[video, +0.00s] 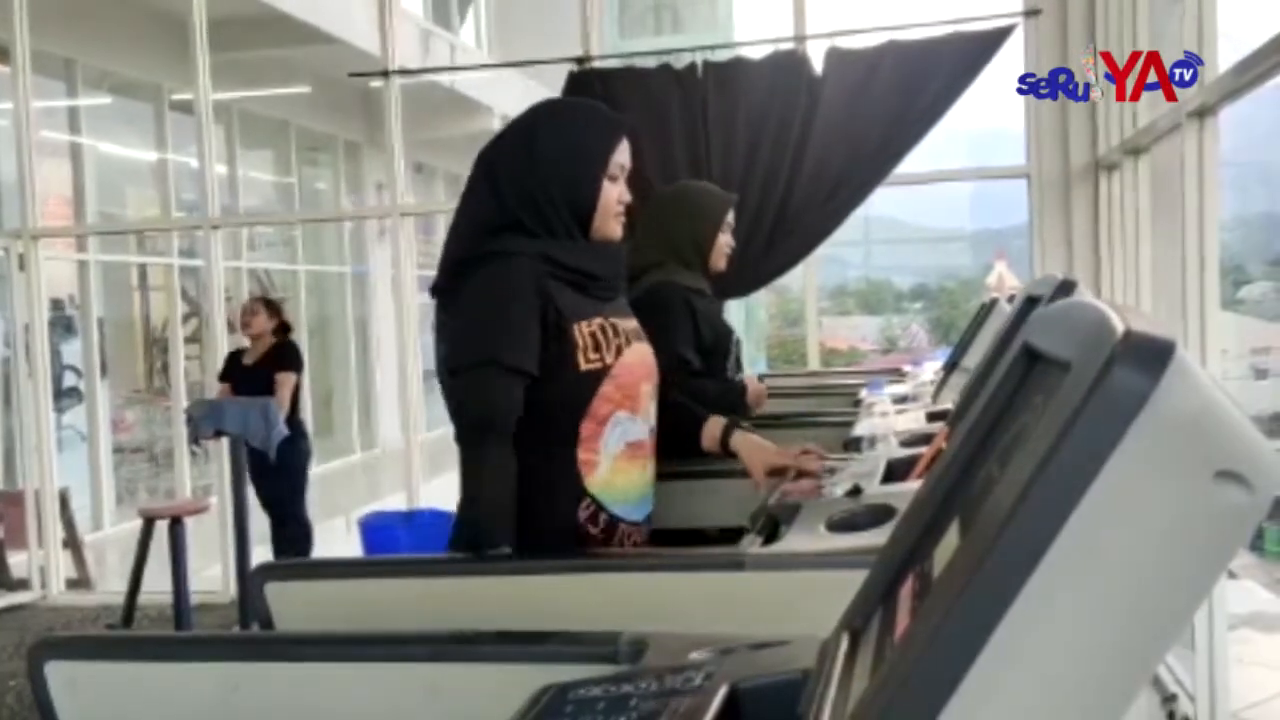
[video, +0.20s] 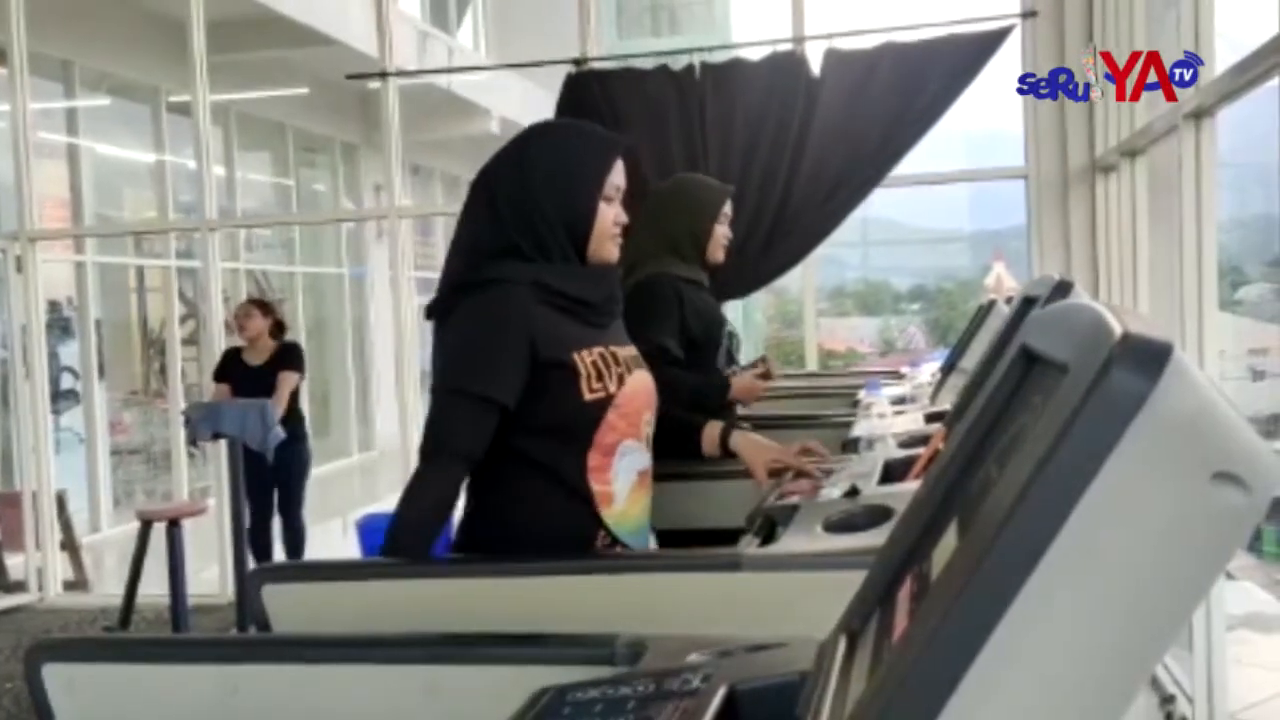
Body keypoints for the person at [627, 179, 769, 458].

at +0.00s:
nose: (731, 243)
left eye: (730, 232)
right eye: (724, 230)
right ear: (695, 230)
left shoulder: (688, 291)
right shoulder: (667, 295)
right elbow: (674, 387)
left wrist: (733, 388)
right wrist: (738, 396)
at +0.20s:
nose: (729, 234)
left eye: (729, 223)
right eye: (723, 222)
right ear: (692, 222)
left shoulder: (691, 286)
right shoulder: (660, 288)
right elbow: (660, 381)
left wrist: (737, 378)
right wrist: (727, 390)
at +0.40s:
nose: (724, 238)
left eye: (723, 227)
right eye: (716, 225)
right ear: (686, 226)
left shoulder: (692, 290)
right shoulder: (653, 292)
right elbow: (635, 386)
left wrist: (739, 370)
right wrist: (700, 403)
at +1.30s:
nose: (715, 226)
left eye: (709, 216)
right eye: (704, 216)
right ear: (678, 224)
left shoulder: (685, 287)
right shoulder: (659, 292)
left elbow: (689, 372)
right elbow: (660, 382)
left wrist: (739, 390)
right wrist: (726, 405)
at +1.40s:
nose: (714, 226)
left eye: (709, 215)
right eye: (703, 215)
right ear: (676, 224)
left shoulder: (690, 290)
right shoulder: (658, 292)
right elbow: (648, 383)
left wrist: (742, 379)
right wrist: (716, 408)